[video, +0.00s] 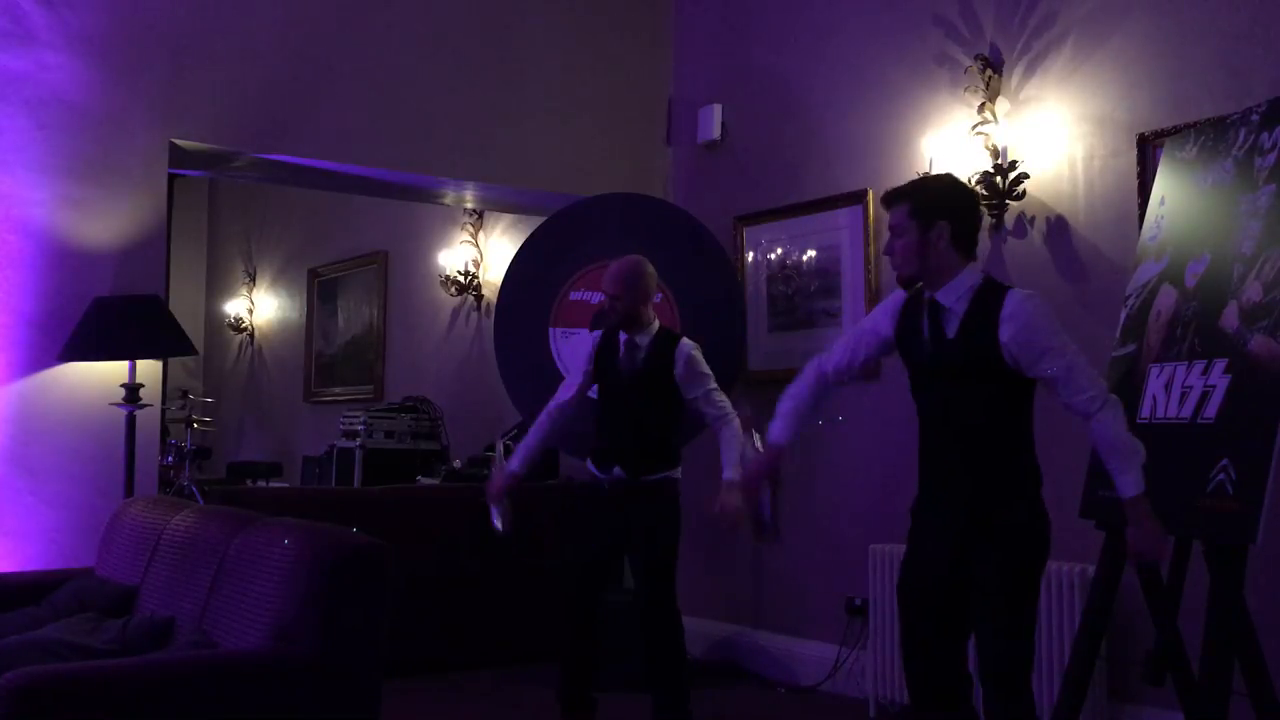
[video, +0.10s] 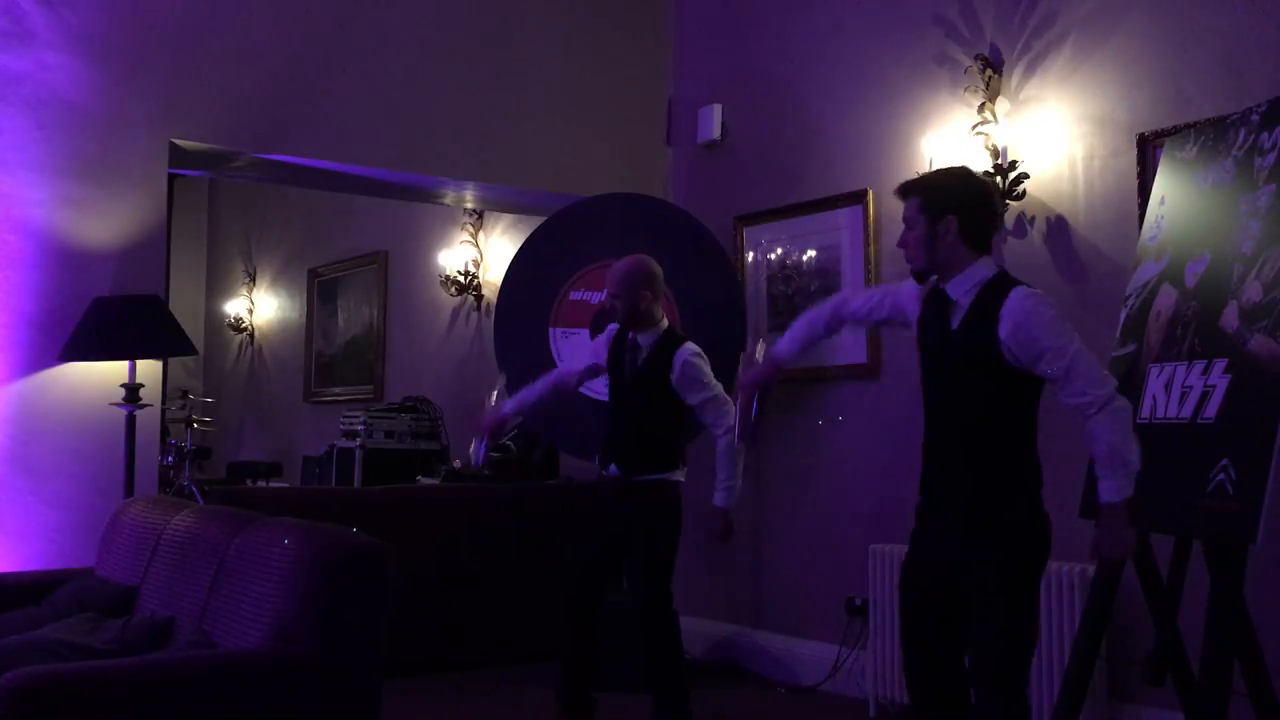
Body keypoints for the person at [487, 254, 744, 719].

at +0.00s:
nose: (612, 308)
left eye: (622, 300)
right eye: (609, 300)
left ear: (648, 299)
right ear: (608, 299)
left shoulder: (681, 354)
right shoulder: (599, 349)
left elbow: (724, 417)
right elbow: (557, 408)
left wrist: (730, 480)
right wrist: (514, 468)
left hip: (656, 496)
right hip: (600, 493)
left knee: (657, 605)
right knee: (585, 602)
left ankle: (669, 707)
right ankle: (577, 705)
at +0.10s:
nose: (614, 305)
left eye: (622, 296)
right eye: (612, 296)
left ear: (649, 297)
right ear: (615, 298)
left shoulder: (682, 357)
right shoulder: (615, 346)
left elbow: (725, 421)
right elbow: (562, 378)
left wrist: (723, 499)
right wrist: (506, 411)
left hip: (658, 496)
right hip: (612, 492)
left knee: (652, 607)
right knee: (592, 598)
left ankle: (671, 709)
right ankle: (579, 703)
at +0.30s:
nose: (611, 298)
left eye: (617, 291)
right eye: (612, 291)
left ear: (640, 295)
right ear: (643, 292)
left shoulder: (678, 358)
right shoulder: (629, 329)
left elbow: (722, 427)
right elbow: (592, 318)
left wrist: (701, 482)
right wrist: (543, 313)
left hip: (655, 494)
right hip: (619, 485)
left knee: (649, 602)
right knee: (597, 592)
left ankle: (669, 705)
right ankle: (584, 699)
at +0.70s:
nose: (610, 304)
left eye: (616, 296)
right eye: (610, 296)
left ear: (638, 298)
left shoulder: (682, 355)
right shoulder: (611, 343)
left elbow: (717, 415)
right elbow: (599, 399)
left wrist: (678, 436)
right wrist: (561, 445)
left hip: (657, 490)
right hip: (611, 485)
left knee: (655, 597)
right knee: (594, 592)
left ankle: (669, 702)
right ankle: (586, 699)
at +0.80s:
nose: (607, 313)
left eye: (614, 303)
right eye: (603, 305)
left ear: (638, 300)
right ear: (608, 307)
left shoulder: (679, 353)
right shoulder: (606, 349)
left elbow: (726, 403)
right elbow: (601, 403)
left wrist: (688, 442)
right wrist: (567, 449)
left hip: (659, 491)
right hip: (610, 487)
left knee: (655, 597)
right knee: (596, 594)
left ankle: (670, 701)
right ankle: (588, 700)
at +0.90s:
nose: (592, 319)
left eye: (599, 309)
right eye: (589, 309)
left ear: (625, 304)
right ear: (593, 306)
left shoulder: (674, 351)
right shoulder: (602, 351)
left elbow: (729, 406)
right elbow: (603, 404)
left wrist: (708, 463)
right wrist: (572, 453)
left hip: (661, 491)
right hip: (612, 489)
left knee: (657, 599)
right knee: (596, 596)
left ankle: (671, 702)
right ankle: (589, 700)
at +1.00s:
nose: (589, 318)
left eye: (595, 309)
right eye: (585, 310)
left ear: (620, 302)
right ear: (588, 306)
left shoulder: (666, 350)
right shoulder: (598, 351)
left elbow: (725, 409)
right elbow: (602, 409)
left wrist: (734, 478)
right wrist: (574, 458)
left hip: (659, 492)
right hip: (613, 489)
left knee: (657, 601)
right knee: (597, 598)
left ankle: (672, 704)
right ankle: (589, 702)